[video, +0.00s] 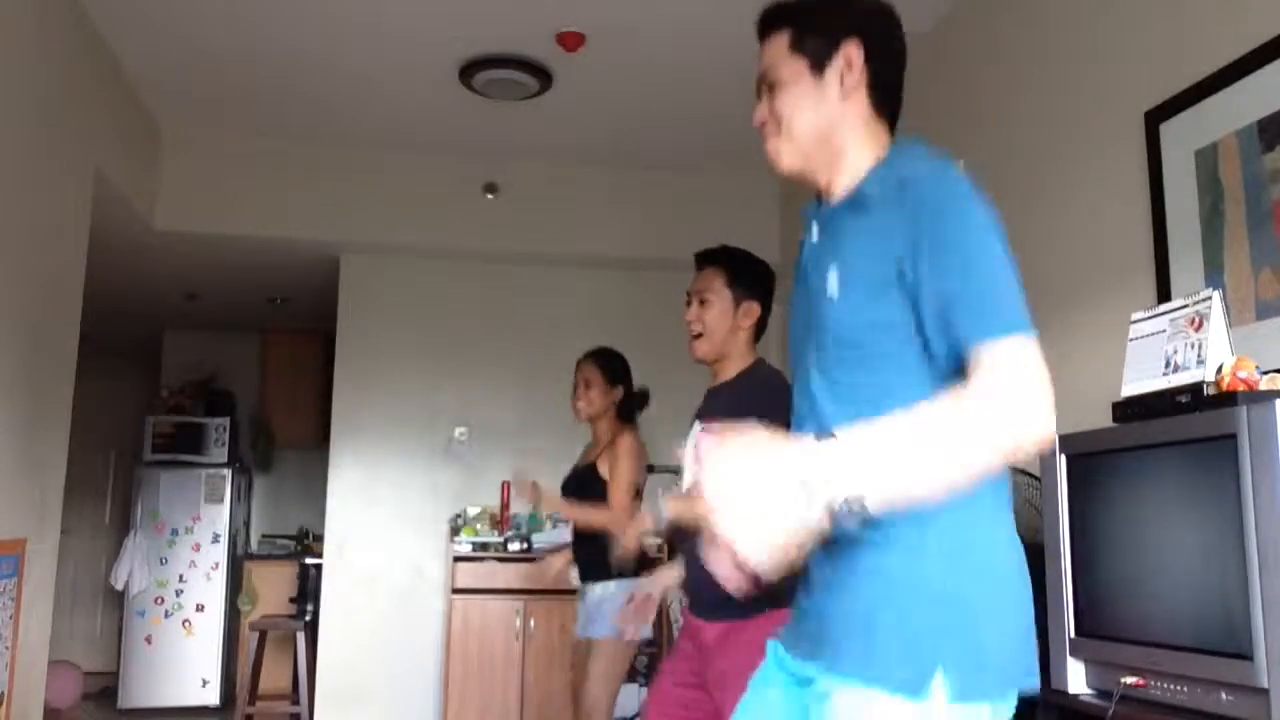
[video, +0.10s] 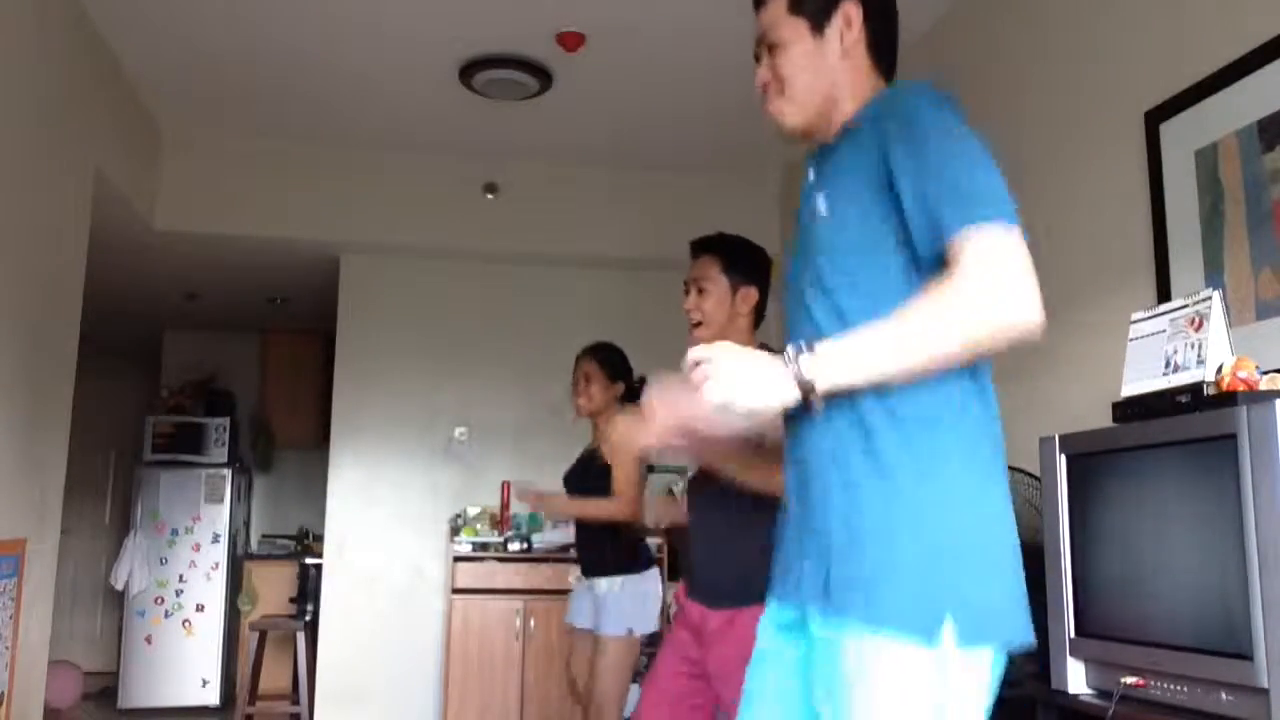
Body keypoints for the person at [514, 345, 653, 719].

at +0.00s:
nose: (578, 395)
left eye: (589, 386)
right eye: (577, 386)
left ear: (617, 393)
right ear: (576, 390)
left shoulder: (625, 443)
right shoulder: (596, 443)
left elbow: (620, 516)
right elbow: (596, 525)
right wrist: (557, 562)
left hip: (620, 589)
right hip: (593, 587)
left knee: (594, 703)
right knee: (580, 698)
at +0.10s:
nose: (580, 390)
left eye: (590, 381)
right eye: (577, 381)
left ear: (617, 387)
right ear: (573, 385)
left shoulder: (624, 428)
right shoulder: (598, 435)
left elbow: (627, 507)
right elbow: (599, 503)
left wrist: (562, 507)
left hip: (625, 580)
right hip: (592, 577)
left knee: (605, 701)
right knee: (579, 684)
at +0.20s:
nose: (582, 407)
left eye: (591, 397)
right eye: (580, 398)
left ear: (618, 405)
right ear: (580, 406)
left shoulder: (621, 461)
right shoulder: (601, 463)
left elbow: (643, 528)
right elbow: (586, 532)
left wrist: (581, 559)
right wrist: (557, 496)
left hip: (628, 595)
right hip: (607, 594)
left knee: (606, 710)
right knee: (598, 707)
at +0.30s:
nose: (585, 417)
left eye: (597, 409)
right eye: (582, 408)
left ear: (622, 419)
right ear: (576, 412)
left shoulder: (623, 464)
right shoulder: (601, 466)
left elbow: (641, 541)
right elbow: (599, 538)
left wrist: (577, 569)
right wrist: (547, 527)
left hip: (626, 606)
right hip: (606, 603)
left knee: (598, 712)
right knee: (576, 704)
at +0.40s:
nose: (584, 398)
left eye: (595, 391)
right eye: (581, 390)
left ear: (620, 399)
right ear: (576, 396)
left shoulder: (627, 444)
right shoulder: (597, 449)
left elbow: (627, 524)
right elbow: (601, 522)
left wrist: (565, 517)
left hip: (625, 587)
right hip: (600, 586)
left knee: (603, 709)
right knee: (587, 705)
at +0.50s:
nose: (584, 391)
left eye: (591, 381)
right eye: (581, 382)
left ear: (614, 379)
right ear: (584, 387)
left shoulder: (632, 431)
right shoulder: (599, 438)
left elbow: (631, 504)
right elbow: (610, 518)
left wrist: (559, 501)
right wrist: (572, 541)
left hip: (630, 576)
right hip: (595, 576)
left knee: (614, 696)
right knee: (583, 687)